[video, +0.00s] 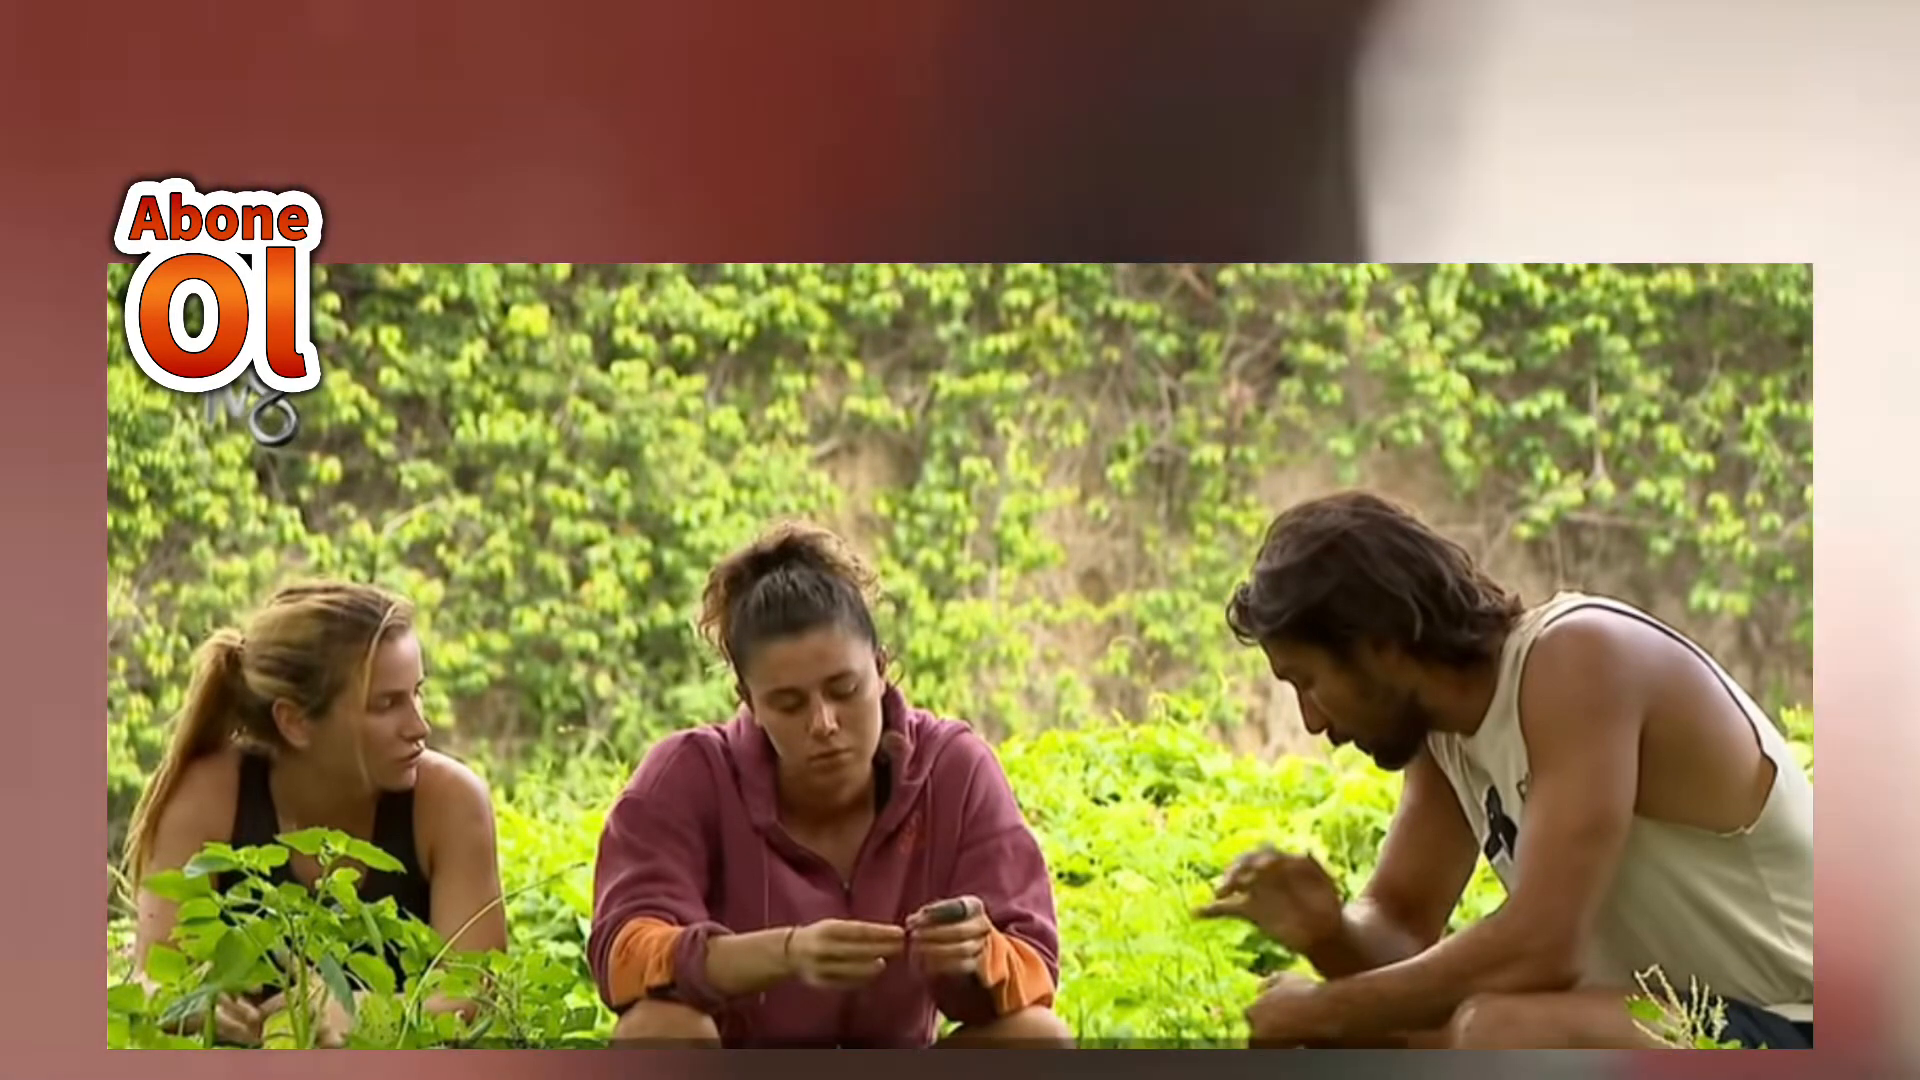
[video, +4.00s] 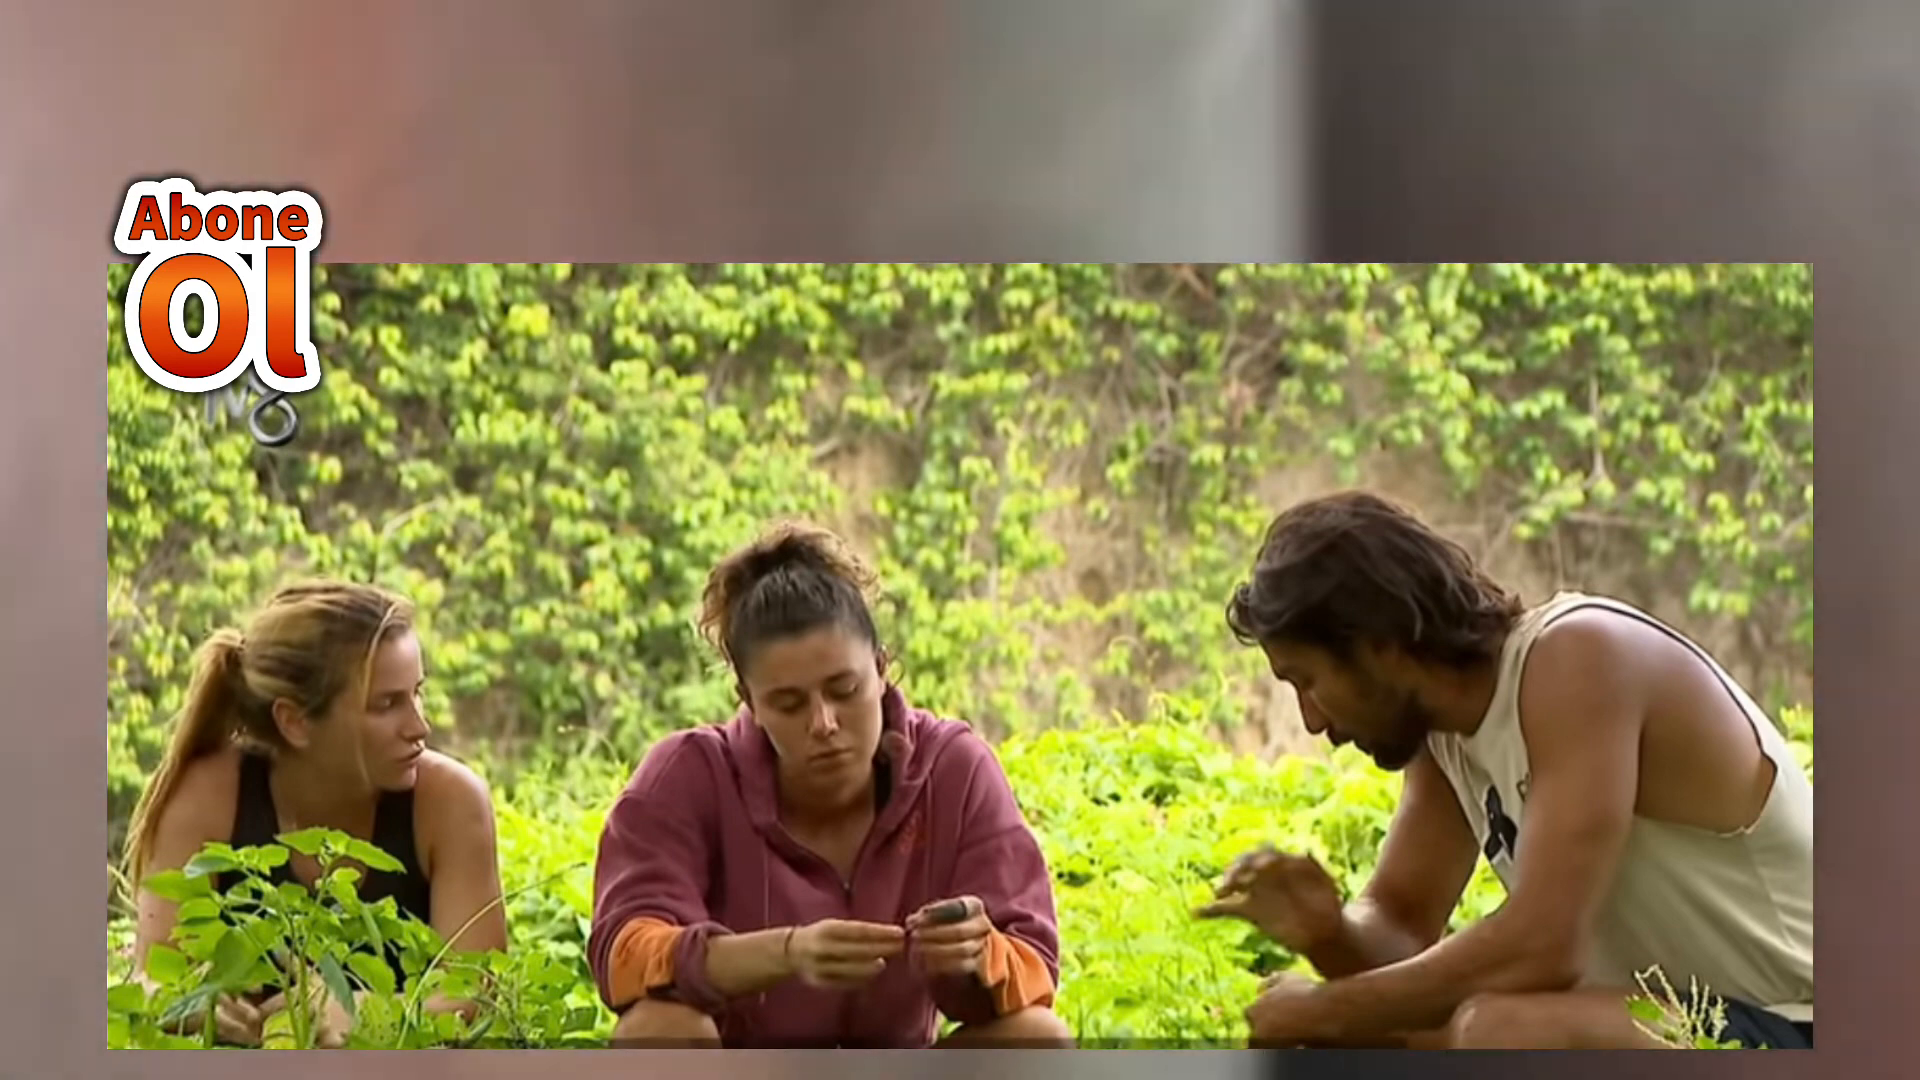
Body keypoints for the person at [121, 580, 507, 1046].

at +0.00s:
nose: (420, 725)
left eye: (417, 695)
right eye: (387, 704)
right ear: (295, 722)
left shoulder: (451, 800)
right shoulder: (206, 792)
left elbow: (470, 1000)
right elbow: (153, 982)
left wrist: (355, 1013)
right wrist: (200, 1008)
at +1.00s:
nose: (420, 725)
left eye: (417, 695)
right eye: (387, 705)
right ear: (295, 723)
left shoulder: (451, 800)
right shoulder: (206, 793)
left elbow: (470, 1001)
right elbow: (153, 984)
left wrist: (354, 1013)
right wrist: (200, 1009)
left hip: (385, 1067)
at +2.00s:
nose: (420, 725)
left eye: (417, 695)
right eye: (388, 705)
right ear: (295, 723)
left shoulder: (451, 800)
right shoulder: (206, 793)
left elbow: (470, 1001)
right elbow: (153, 985)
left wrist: (354, 1013)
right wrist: (203, 1009)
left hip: (385, 1068)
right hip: (239, 1068)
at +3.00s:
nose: (420, 726)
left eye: (417, 695)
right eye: (387, 705)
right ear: (295, 722)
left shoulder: (451, 799)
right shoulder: (206, 792)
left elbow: (470, 999)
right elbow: (153, 984)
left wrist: (355, 1013)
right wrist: (202, 1009)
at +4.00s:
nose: (420, 725)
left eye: (417, 695)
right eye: (388, 705)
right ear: (295, 722)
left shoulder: (451, 799)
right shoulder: (205, 792)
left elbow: (470, 1000)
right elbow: (153, 983)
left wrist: (355, 1013)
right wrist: (200, 1008)